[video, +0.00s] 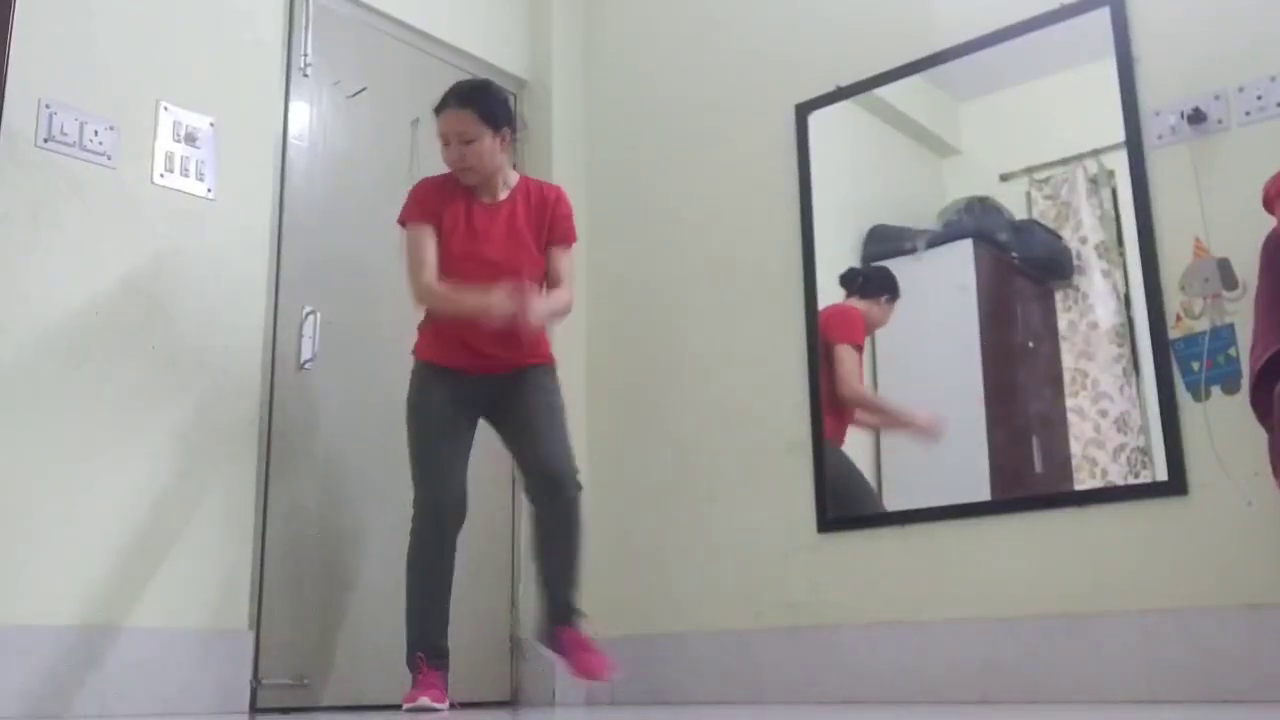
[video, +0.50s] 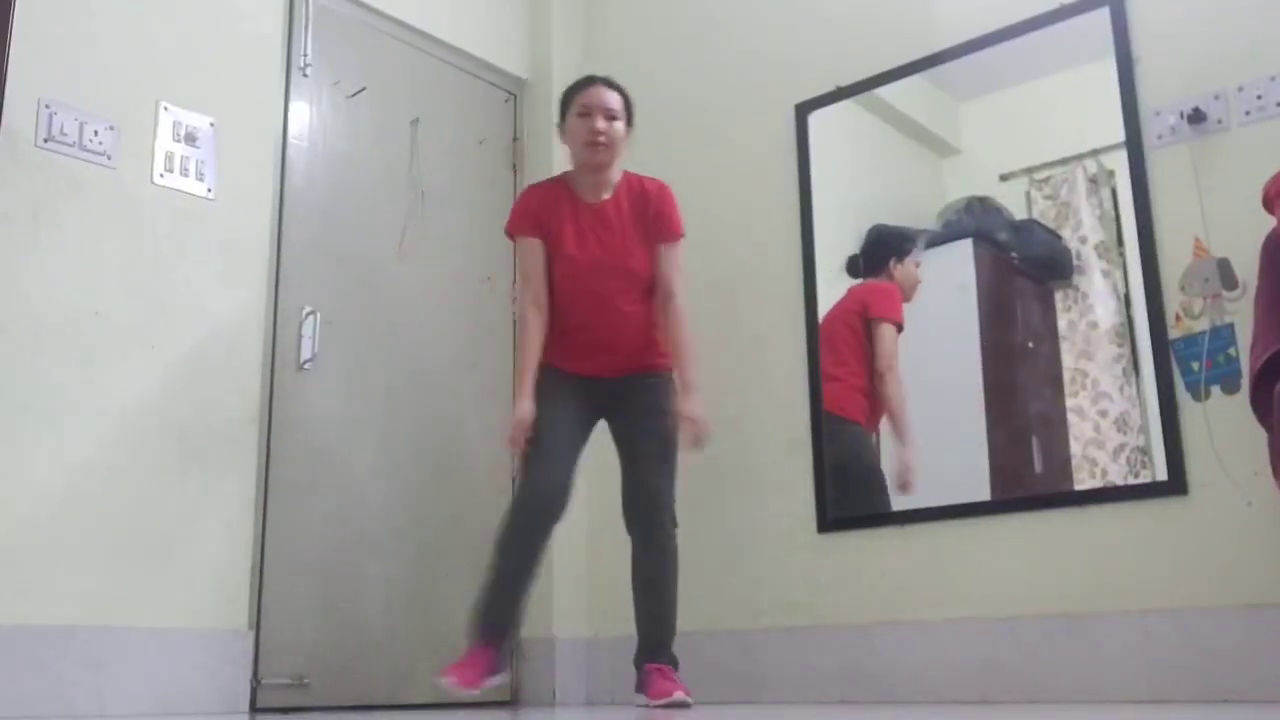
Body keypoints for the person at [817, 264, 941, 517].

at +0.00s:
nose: (886, 321)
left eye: (891, 312)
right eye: (891, 310)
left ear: (859, 292)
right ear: (882, 300)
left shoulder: (833, 318)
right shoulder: (846, 315)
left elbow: (848, 411)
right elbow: (848, 390)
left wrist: (906, 423)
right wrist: (911, 418)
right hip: (820, 447)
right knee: (875, 523)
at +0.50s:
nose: (919, 276)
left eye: (919, 266)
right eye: (915, 265)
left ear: (874, 269)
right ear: (893, 266)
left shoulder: (853, 299)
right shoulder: (882, 292)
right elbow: (884, 372)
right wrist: (904, 447)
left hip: (823, 421)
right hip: (842, 423)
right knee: (872, 524)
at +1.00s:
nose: (928, 272)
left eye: (928, 263)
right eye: (925, 262)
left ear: (878, 266)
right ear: (905, 265)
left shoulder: (860, 296)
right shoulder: (895, 290)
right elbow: (873, 348)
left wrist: (885, 434)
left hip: (818, 415)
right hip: (844, 416)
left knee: (870, 524)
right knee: (879, 524)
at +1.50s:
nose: (888, 308)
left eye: (891, 300)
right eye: (891, 299)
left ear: (852, 285)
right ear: (886, 291)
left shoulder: (825, 313)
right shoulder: (866, 310)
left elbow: (866, 400)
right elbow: (889, 393)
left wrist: (929, 415)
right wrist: (943, 414)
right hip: (826, 440)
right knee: (857, 531)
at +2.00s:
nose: (881, 321)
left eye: (883, 312)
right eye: (883, 311)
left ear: (844, 299)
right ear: (876, 305)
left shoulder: (830, 323)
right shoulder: (845, 324)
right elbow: (807, 335)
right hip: (805, 460)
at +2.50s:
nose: (873, 279)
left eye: (872, 270)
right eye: (868, 269)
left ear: (845, 274)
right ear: (845, 273)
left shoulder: (825, 305)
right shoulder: (831, 303)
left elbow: (869, 385)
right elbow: (870, 375)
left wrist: (922, 348)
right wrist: (924, 346)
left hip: (817, 442)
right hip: (813, 443)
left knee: (833, 527)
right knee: (835, 528)